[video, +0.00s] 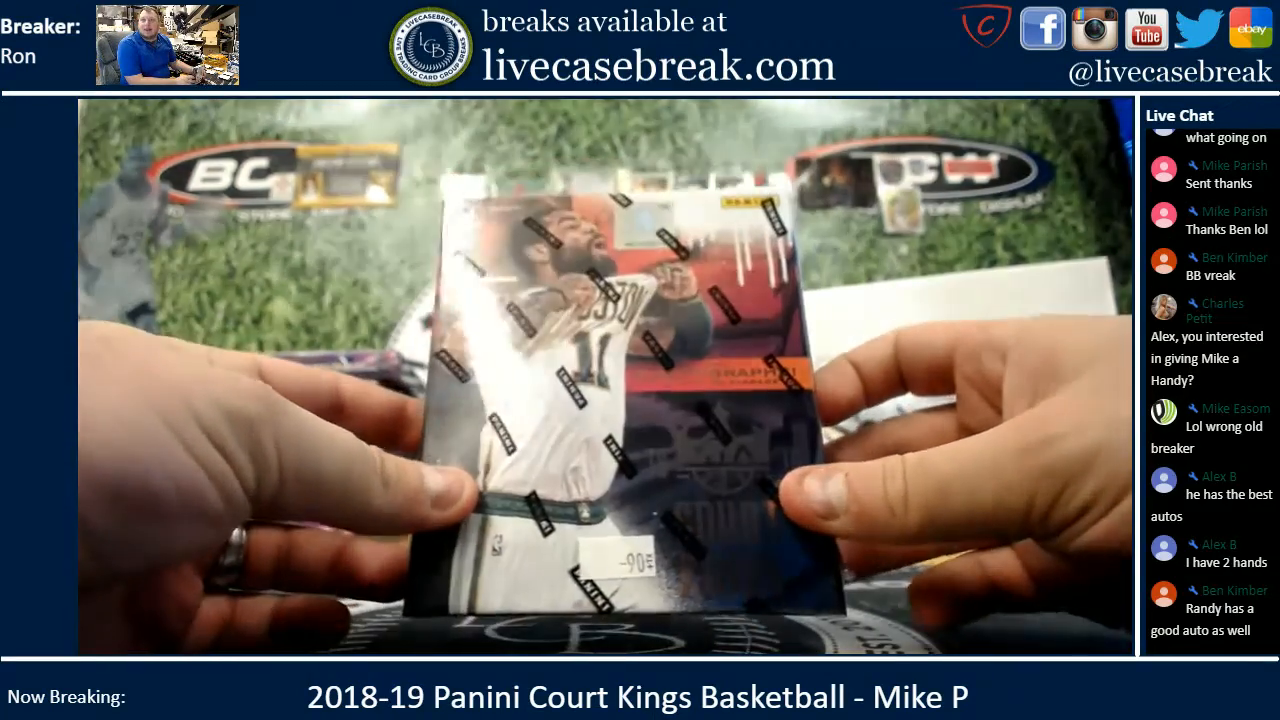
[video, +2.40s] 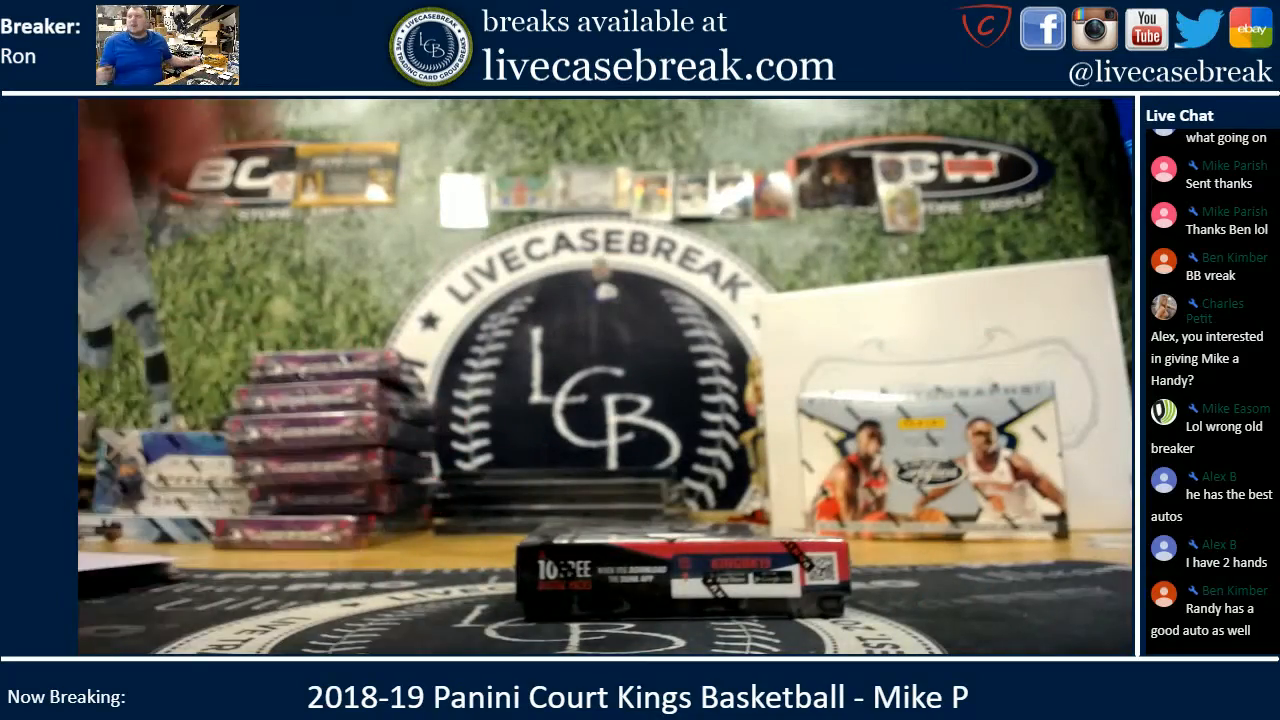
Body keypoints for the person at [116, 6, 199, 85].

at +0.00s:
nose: (147, 24)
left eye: (152, 20)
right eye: (143, 20)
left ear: (159, 24)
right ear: (138, 23)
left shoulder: (164, 40)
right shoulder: (128, 45)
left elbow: (174, 63)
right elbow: (136, 81)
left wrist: (194, 71)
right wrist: (177, 81)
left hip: (167, 92)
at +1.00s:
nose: (132, 29)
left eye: (137, 25)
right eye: (130, 25)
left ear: (151, 25)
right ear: (128, 25)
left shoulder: (164, 40)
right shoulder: (123, 46)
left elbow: (175, 61)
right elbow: (122, 80)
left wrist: (195, 70)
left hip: (163, 96)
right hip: (134, 98)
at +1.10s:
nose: (130, 30)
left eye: (134, 25)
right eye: (128, 25)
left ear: (149, 24)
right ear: (127, 25)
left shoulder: (164, 41)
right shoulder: (121, 45)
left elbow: (175, 60)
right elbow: (112, 78)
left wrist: (196, 69)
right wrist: (145, 81)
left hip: (162, 97)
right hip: (132, 100)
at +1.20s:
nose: (127, 30)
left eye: (131, 26)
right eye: (126, 26)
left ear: (145, 26)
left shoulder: (163, 41)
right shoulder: (119, 45)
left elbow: (177, 60)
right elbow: (107, 76)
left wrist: (197, 69)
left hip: (161, 97)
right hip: (130, 100)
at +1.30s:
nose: (125, 31)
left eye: (129, 27)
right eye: (124, 27)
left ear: (143, 26)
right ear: (123, 27)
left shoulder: (162, 41)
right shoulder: (118, 45)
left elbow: (177, 59)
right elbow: (102, 69)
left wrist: (197, 70)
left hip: (160, 98)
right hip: (128, 100)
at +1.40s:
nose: (123, 30)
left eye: (126, 26)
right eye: (122, 26)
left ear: (141, 26)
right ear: (120, 27)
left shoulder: (161, 41)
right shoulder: (115, 45)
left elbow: (178, 58)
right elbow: (101, 70)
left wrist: (197, 70)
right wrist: (94, 73)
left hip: (158, 100)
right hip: (126, 101)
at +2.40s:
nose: (133, 20)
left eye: (138, 16)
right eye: (130, 16)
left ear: (147, 21)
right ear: (125, 20)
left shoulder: (158, 40)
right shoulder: (113, 42)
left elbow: (170, 60)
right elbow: (105, 74)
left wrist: (189, 61)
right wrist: (102, 74)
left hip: (155, 98)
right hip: (124, 99)